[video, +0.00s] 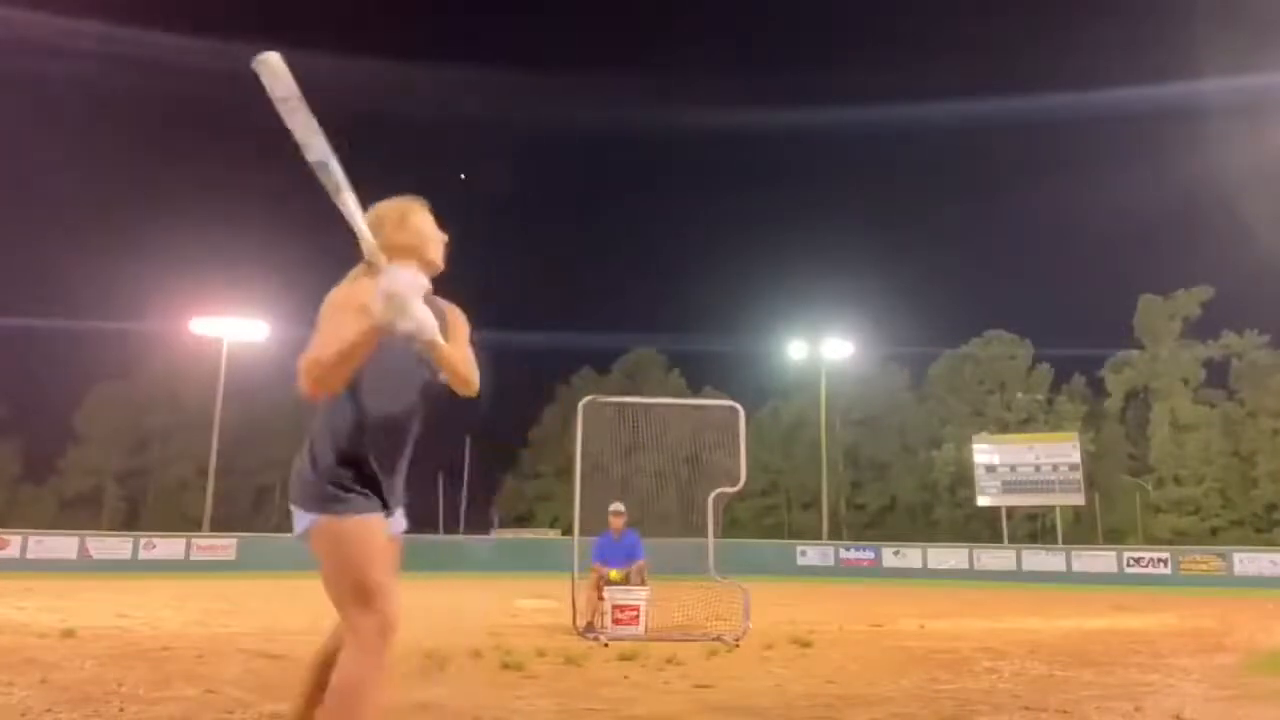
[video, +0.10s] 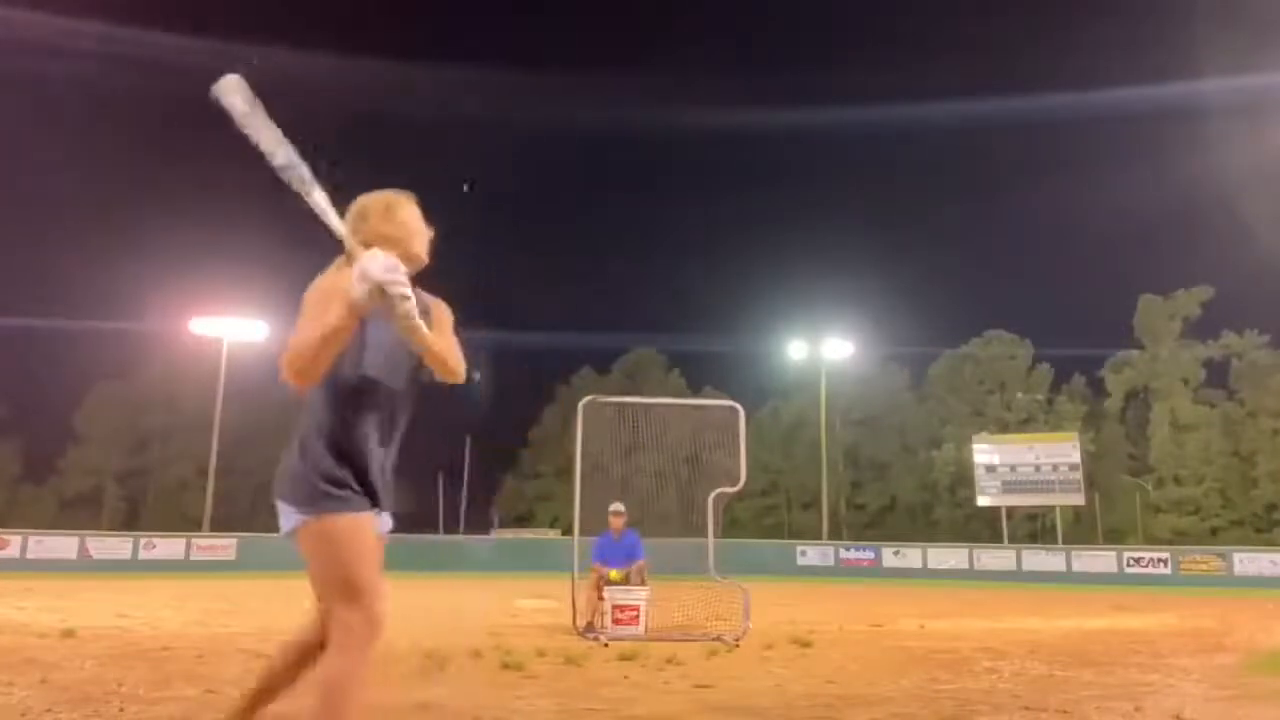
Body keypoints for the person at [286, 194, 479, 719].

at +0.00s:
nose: (443, 235)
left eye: (438, 225)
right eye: (431, 225)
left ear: (413, 238)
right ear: (397, 236)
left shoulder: (447, 314)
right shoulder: (356, 296)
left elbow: (468, 383)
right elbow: (316, 381)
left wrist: (426, 333)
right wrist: (380, 322)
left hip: (387, 492)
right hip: (334, 487)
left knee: (360, 625)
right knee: (373, 625)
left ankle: (309, 709)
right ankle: (341, 712)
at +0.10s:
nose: (427, 241)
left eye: (425, 233)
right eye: (415, 232)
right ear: (381, 240)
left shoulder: (430, 308)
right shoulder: (336, 289)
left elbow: (455, 371)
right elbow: (298, 372)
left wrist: (407, 320)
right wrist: (356, 300)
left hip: (370, 488)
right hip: (320, 482)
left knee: (332, 628)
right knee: (360, 620)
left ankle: (243, 709)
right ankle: (332, 713)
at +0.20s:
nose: (420, 233)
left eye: (416, 222)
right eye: (410, 221)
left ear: (394, 236)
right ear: (375, 233)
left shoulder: (416, 306)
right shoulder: (326, 281)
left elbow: (441, 370)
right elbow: (292, 365)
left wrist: (403, 308)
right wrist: (348, 296)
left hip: (354, 483)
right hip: (312, 477)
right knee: (354, 621)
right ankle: (326, 713)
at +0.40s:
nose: (378, 261)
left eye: (379, 250)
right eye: (372, 249)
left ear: (337, 250)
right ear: (342, 247)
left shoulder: (352, 302)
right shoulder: (296, 281)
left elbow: (400, 380)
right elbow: (290, 372)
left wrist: (397, 323)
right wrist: (349, 313)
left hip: (291, 480)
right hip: (278, 479)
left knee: (251, 638)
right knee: (341, 623)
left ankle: (183, 713)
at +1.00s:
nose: (369, 254)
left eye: (370, 243)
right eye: (367, 242)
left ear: (311, 231)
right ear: (352, 236)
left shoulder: (294, 285)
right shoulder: (310, 274)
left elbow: (373, 386)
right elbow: (334, 342)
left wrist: (417, 342)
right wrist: (401, 300)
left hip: (249, 476)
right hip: (284, 477)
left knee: (243, 638)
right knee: (335, 624)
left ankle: (179, 713)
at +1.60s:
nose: (372, 259)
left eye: (373, 250)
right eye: (370, 247)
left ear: (316, 234)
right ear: (354, 236)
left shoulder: (318, 296)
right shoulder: (302, 270)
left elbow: (385, 379)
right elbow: (330, 333)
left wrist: (416, 323)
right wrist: (388, 282)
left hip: (248, 476)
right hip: (275, 476)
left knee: (245, 640)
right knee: (339, 626)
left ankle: (177, 714)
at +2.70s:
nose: (460, 293)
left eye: (464, 284)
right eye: (462, 280)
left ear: (421, 258)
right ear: (443, 268)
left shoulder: (423, 324)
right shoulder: (375, 282)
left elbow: (436, 405)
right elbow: (331, 339)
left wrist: (460, 366)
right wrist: (429, 325)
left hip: (355, 488)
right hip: (304, 493)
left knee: (446, 581)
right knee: (376, 628)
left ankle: (379, 706)